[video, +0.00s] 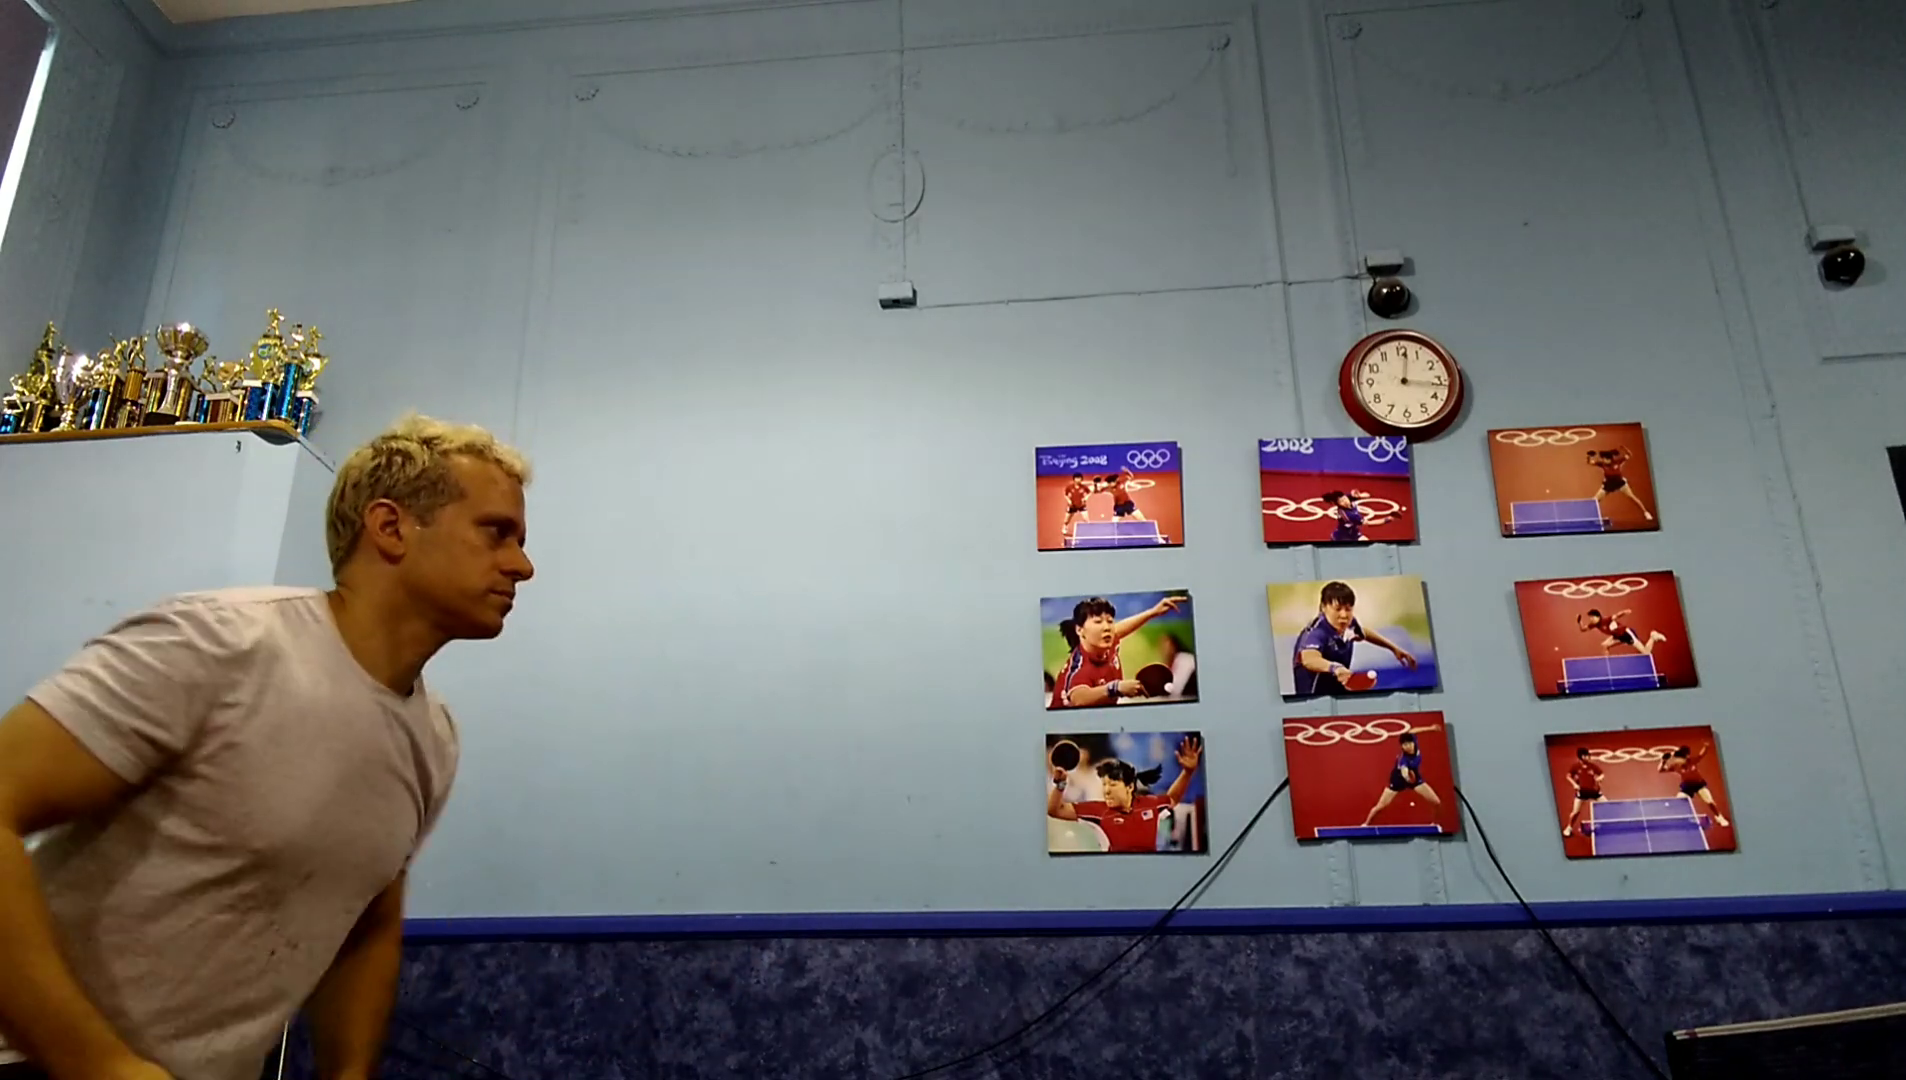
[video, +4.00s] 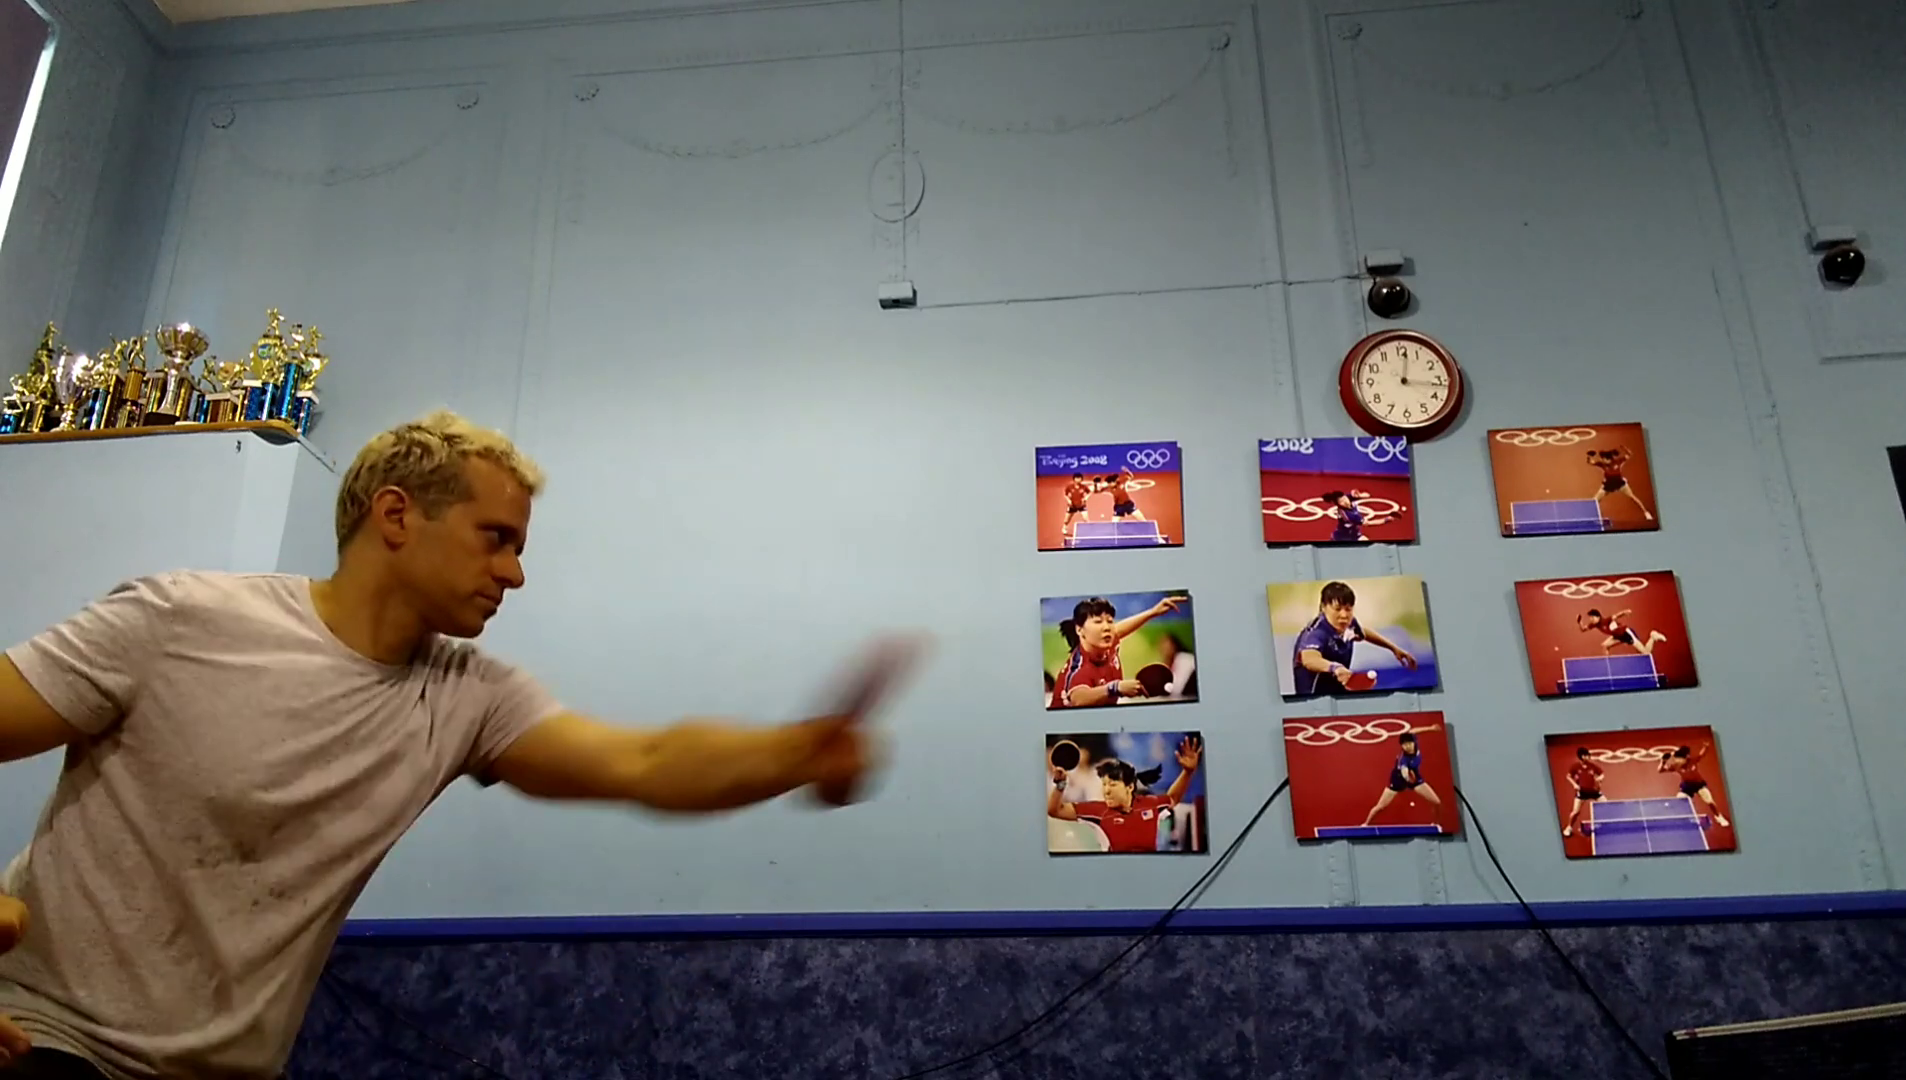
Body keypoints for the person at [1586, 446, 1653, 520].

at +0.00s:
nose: (1605, 461)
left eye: (1606, 460)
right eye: (1604, 460)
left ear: (1610, 459)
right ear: (1603, 459)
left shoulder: (1617, 462)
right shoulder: (1602, 464)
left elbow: (1629, 456)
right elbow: (1590, 463)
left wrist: (1624, 449)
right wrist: (1589, 457)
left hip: (1620, 482)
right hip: (1608, 483)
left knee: (1632, 497)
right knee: (1595, 499)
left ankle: (1645, 512)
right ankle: (1592, 519)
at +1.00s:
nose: (1605, 461)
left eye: (1606, 460)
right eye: (1603, 460)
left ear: (1609, 459)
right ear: (1603, 459)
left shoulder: (1617, 461)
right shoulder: (1602, 464)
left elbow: (1628, 457)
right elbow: (1590, 463)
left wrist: (1624, 449)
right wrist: (1590, 457)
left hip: (1620, 482)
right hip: (1608, 482)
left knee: (1632, 497)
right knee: (1595, 499)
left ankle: (1645, 512)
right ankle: (1593, 519)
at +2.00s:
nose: (1605, 461)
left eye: (1606, 460)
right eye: (1603, 460)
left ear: (1610, 459)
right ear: (1603, 459)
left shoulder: (1617, 461)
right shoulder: (1602, 464)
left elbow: (1628, 457)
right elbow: (1590, 463)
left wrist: (1624, 449)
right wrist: (1590, 457)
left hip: (1620, 482)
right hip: (1608, 482)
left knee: (1632, 497)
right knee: (1596, 499)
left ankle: (1645, 512)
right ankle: (1593, 519)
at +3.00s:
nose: (1604, 461)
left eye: (1606, 460)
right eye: (1603, 460)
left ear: (1609, 458)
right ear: (1602, 459)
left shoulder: (1618, 461)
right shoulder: (1602, 464)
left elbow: (1629, 455)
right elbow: (1590, 463)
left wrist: (1624, 448)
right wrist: (1589, 457)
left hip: (1620, 482)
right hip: (1608, 483)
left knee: (1632, 497)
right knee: (1595, 499)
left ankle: (1645, 512)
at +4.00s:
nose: (1604, 461)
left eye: (1606, 460)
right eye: (1603, 460)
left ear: (1610, 458)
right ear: (1603, 459)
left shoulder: (1618, 462)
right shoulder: (1602, 464)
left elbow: (1629, 456)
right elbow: (1590, 463)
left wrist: (1624, 448)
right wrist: (1589, 457)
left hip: (1620, 482)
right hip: (1608, 483)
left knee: (1632, 497)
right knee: (1595, 499)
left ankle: (1645, 512)